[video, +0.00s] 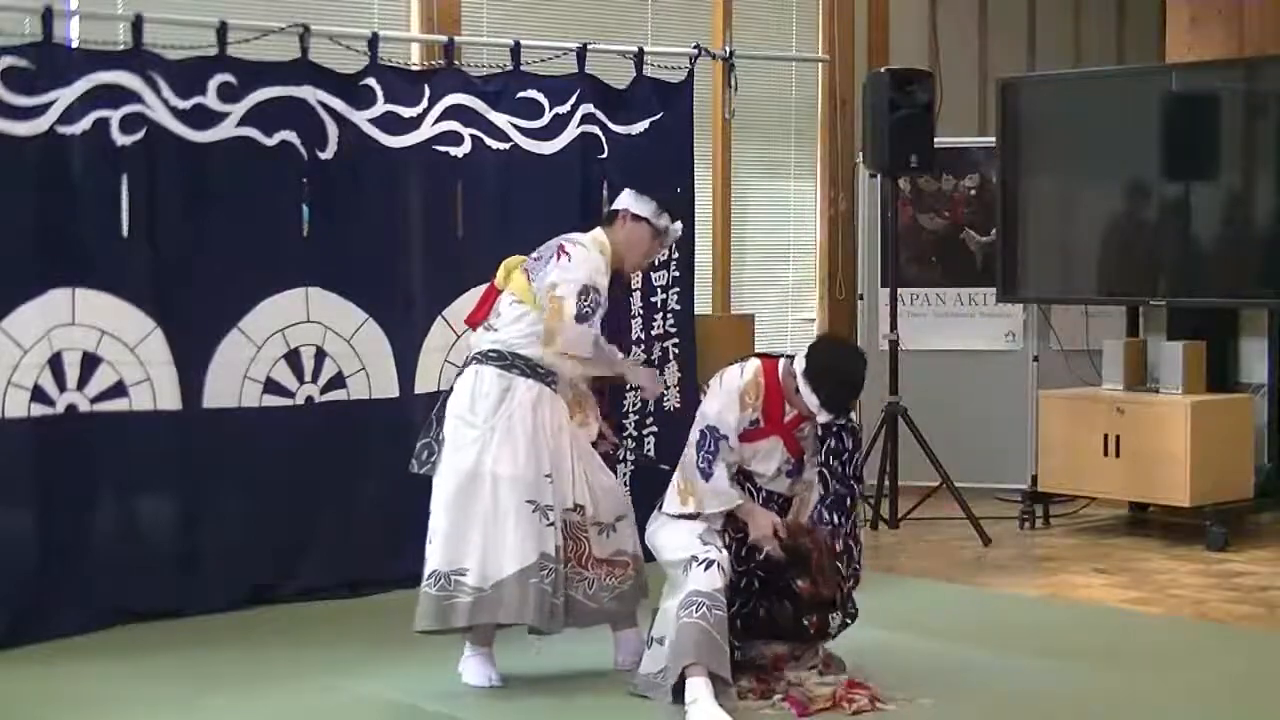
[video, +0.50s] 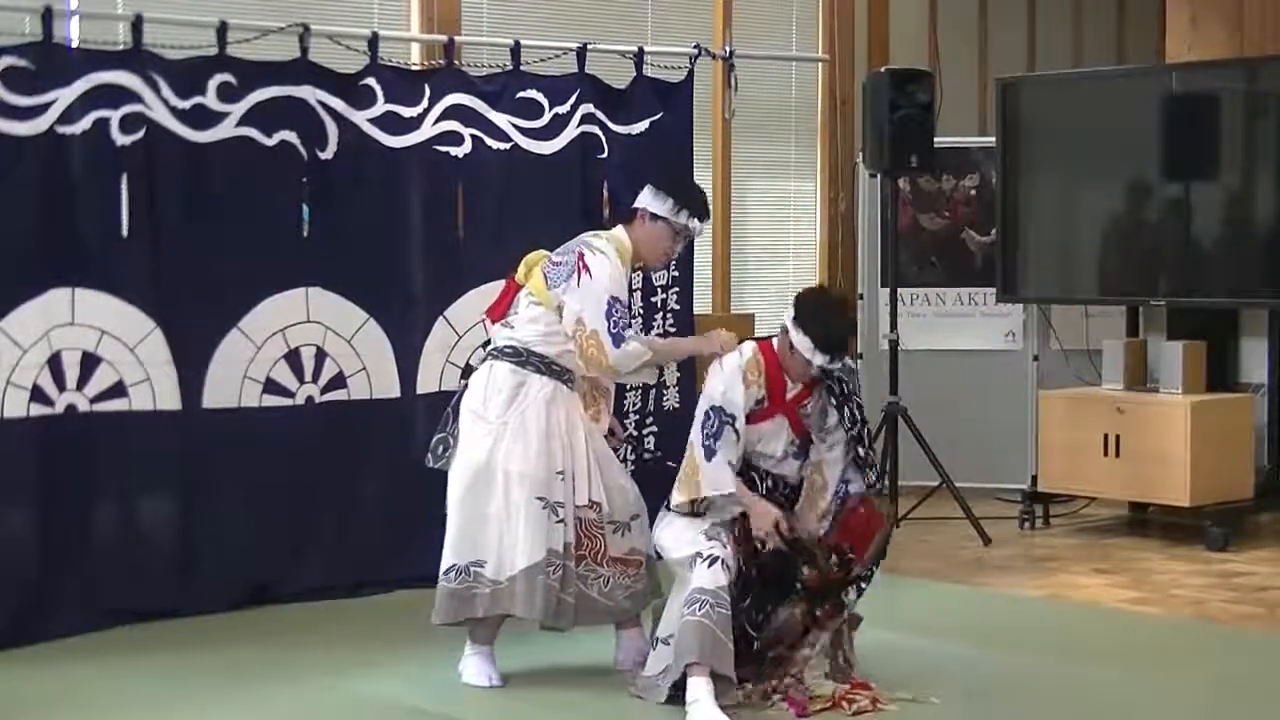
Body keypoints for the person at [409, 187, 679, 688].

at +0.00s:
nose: (652, 260)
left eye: (659, 251)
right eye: (655, 245)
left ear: (629, 226)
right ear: (629, 223)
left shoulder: (579, 259)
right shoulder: (582, 258)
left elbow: (562, 356)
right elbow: (573, 342)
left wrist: (586, 416)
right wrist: (630, 369)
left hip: (538, 400)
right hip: (504, 394)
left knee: (608, 504)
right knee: (498, 517)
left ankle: (629, 644)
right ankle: (478, 650)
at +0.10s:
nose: (661, 254)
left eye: (667, 244)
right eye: (661, 238)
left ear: (629, 221)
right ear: (630, 217)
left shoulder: (592, 263)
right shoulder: (580, 258)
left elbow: (564, 354)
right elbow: (590, 346)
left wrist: (591, 415)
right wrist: (668, 345)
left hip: (544, 400)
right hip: (503, 394)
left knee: (613, 504)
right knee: (498, 517)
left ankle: (631, 643)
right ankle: (478, 650)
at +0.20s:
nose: (666, 248)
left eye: (672, 239)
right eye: (664, 233)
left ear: (636, 219)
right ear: (633, 214)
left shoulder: (603, 261)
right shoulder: (588, 256)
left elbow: (577, 353)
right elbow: (606, 349)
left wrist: (595, 411)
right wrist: (697, 352)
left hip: (551, 399)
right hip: (506, 389)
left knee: (616, 508)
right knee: (498, 516)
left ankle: (630, 645)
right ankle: (478, 650)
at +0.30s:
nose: (670, 249)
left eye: (677, 239)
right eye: (669, 233)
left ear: (641, 220)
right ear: (638, 215)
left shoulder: (608, 262)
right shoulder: (594, 257)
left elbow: (579, 353)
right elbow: (607, 350)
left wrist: (596, 409)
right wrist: (705, 359)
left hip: (555, 400)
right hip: (510, 390)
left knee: (618, 510)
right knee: (504, 515)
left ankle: (630, 644)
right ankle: (479, 649)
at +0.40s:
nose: (675, 250)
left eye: (682, 241)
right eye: (674, 235)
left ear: (644, 221)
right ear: (642, 217)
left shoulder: (612, 264)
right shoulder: (595, 259)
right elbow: (610, 354)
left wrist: (595, 400)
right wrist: (702, 353)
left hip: (555, 403)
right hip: (512, 393)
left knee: (620, 509)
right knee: (501, 516)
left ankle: (632, 645)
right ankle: (480, 651)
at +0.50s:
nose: (676, 251)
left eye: (682, 242)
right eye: (675, 236)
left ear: (645, 222)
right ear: (644, 219)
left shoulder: (611, 264)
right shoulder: (595, 261)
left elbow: (585, 354)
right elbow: (604, 353)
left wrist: (595, 406)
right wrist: (696, 345)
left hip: (555, 402)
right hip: (513, 394)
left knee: (620, 507)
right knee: (502, 516)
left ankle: (633, 643)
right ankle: (479, 651)